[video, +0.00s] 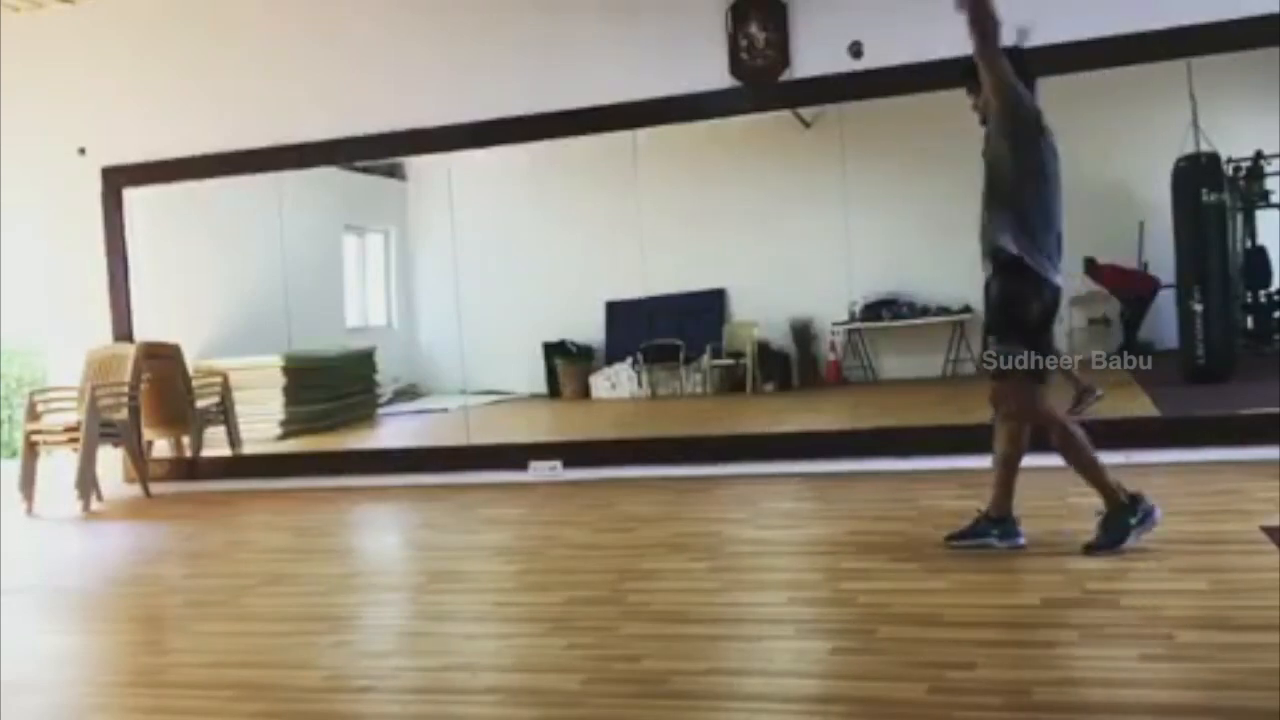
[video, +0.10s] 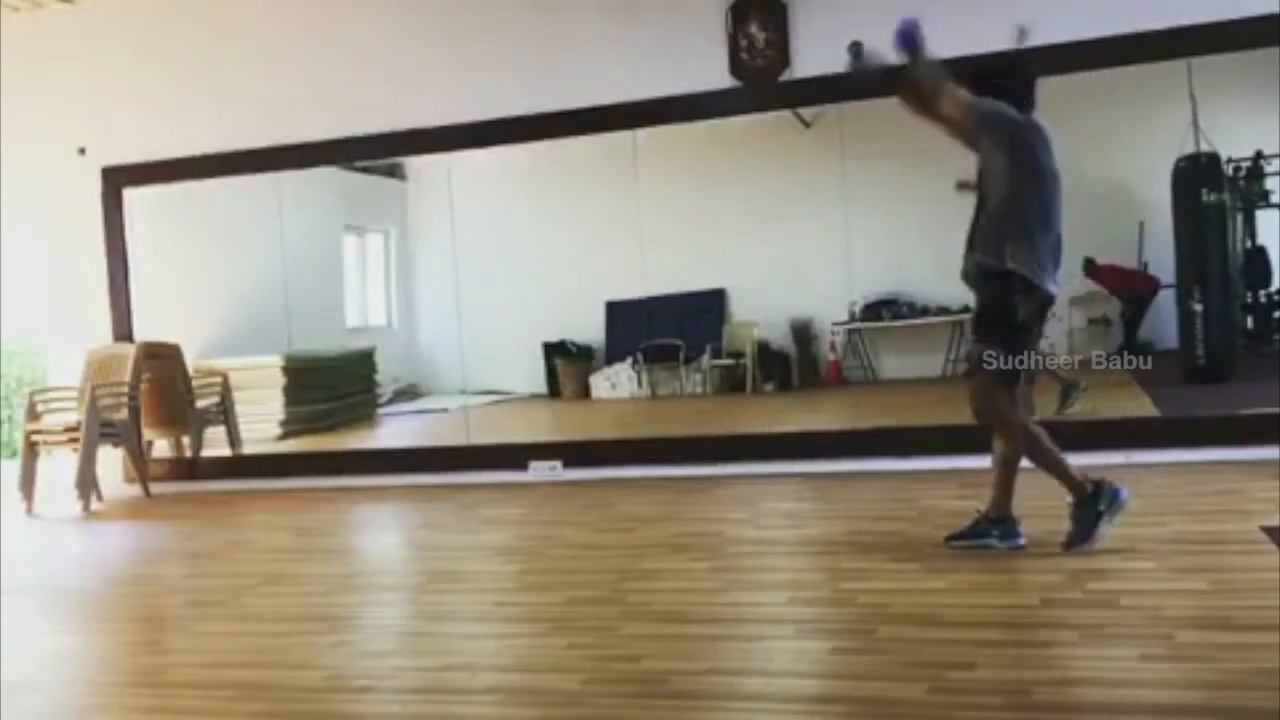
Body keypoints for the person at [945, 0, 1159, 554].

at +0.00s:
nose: (973, 107)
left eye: (976, 94)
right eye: (970, 98)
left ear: (1000, 86)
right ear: (1000, 87)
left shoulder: (1020, 122)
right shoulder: (1011, 130)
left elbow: (986, 36)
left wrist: (967, 0)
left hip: (1024, 277)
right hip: (1018, 277)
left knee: (1020, 399)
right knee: (1015, 400)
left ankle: (1121, 503)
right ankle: (999, 515)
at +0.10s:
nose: (955, 117)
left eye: (957, 106)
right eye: (947, 110)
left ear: (985, 99)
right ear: (1018, 99)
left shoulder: (1012, 128)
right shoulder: (1023, 140)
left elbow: (948, 99)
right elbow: (945, 113)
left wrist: (916, 57)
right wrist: (892, 77)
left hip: (1011, 282)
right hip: (1023, 284)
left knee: (988, 402)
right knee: (1011, 404)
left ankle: (1086, 492)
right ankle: (999, 516)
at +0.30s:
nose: (958, 113)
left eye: (962, 102)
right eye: (957, 102)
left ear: (986, 101)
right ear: (1000, 100)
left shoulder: (998, 158)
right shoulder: (1021, 150)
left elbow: (949, 234)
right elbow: (982, 244)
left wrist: (901, 285)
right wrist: (945, 297)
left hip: (1007, 294)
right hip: (1023, 293)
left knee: (990, 403)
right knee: (997, 403)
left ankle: (1057, 514)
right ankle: (998, 517)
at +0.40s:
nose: (945, 115)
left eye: (949, 104)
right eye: (944, 105)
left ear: (973, 103)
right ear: (988, 102)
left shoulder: (995, 158)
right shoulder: (1014, 150)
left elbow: (991, 246)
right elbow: (1018, 242)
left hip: (1007, 301)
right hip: (1023, 297)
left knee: (1001, 407)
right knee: (1002, 407)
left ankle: (1065, 520)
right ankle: (998, 516)